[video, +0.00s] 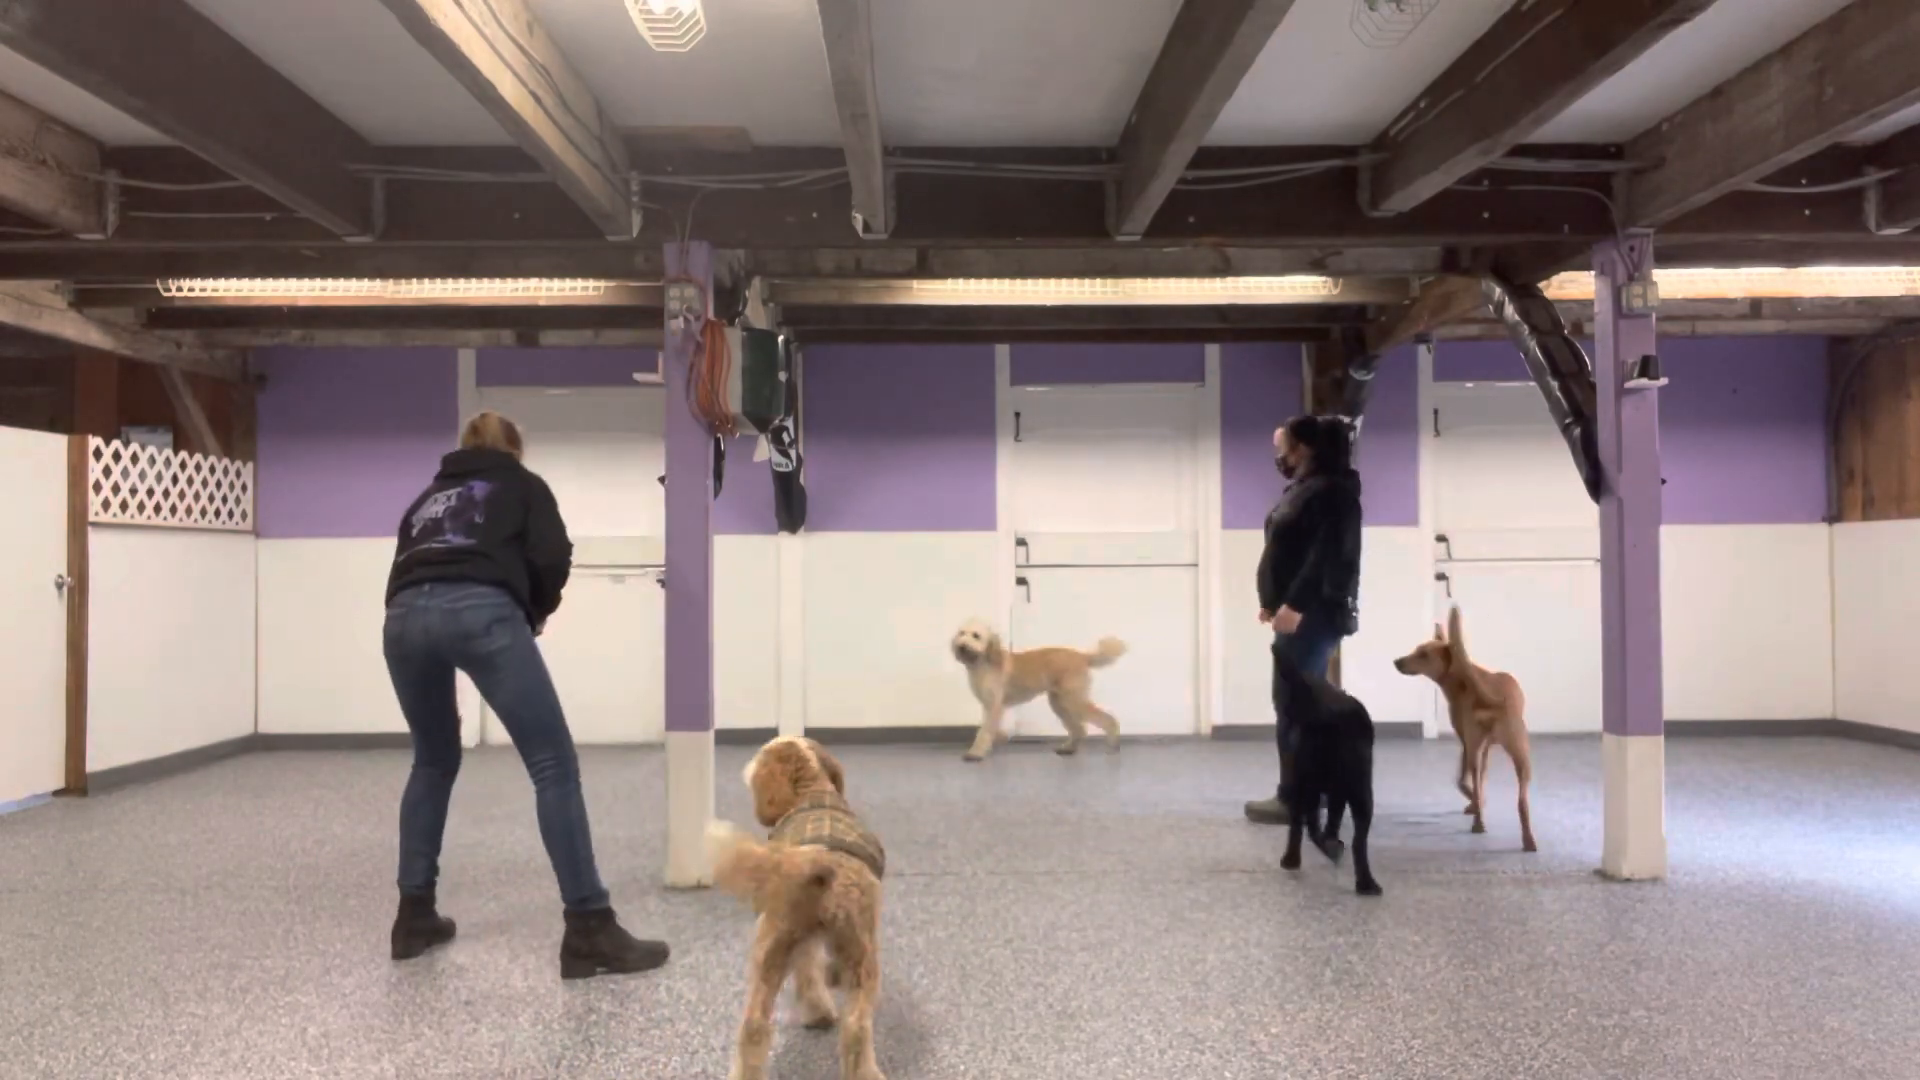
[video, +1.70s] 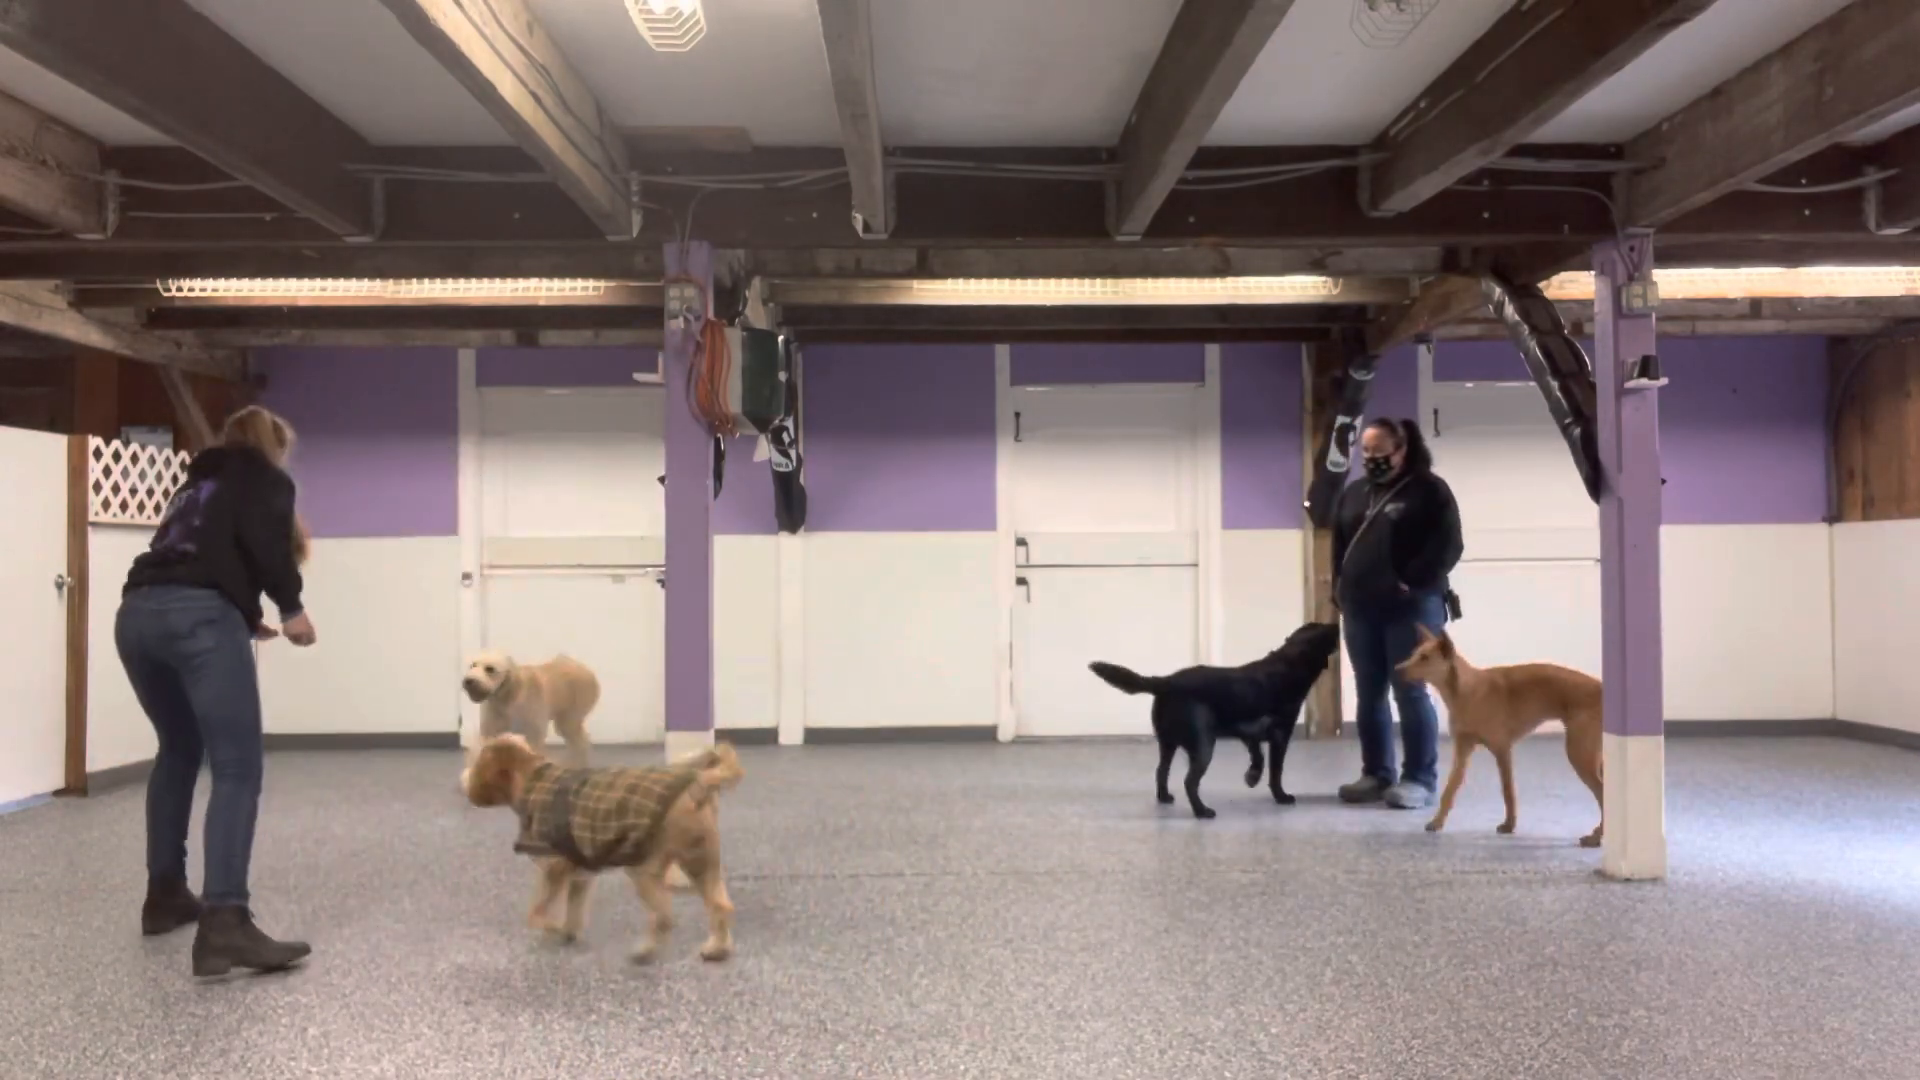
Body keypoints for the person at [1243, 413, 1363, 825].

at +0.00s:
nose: (1282, 457)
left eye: (1287, 448)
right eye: (1282, 449)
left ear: (1307, 448)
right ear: (1305, 450)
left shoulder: (1333, 489)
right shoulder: (1301, 488)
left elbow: (1327, 554)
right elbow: (1290, 549)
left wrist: (1296, 604)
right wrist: (1271, 598)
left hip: (1315, 616)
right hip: (1295, 614)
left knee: (1294, 704)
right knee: (1292, 703)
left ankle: (1294, 795)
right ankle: (1294, 792)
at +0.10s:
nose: (1292, 460)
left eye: (1298, 452)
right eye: (1293, 453)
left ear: (1317, 452)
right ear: (1313, 454)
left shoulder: (1347, 491)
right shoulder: (1305, 492)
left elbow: (1348, 556)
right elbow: (1287, 553)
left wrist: (1318, 602)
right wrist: (1268, 599)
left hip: (1323, 616)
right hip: (1299, 613)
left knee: (1296, 703)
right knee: (1317, 705)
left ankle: (1294, 798)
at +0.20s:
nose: (1304, 466)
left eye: (1310, 458)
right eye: (1303, 459)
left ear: (1330, 457)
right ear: (1319, 458)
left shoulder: (1367, 500)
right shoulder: (1307, 500)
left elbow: (1374, 559)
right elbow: (1286, 556)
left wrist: (1355, 605)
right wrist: (1263, 601)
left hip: (1338, 619)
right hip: (1303, 617)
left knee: (1310, 704)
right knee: (1335, 704)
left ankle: (1301, 797)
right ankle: (1363, 781)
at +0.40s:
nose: (1315, 466)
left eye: (1322, 458)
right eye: (1312, 459)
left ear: (1345, 453)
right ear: (1315, 458)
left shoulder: (1381, 493)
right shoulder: (1308, 497)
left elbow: (1408, 551)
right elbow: (1288, 551)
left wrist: (1409, 606)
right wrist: (1272, 603)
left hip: (1363, 610)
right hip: (1313, 613)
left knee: (1338, 690)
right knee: (1335, 694)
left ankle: (1334, 786)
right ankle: (1364, 784)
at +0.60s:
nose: (1322, 465)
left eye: (1329, 457)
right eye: (1316, 458)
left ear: (1354, 449)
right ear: (1313, 456)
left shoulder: (1392, 493)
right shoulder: (1312, 496)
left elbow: (1421, 546)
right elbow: (1293, 552)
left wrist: (1432, 597)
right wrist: (1278, 603)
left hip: (1376, 610)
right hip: (1322, 614)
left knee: (1365, 692)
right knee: (1339, 698)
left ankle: (1393, 780)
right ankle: (1355, 778)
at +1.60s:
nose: (1372, 461)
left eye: (1380, 453)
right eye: (1367, 454)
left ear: (1402, 450)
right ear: (1362, 453)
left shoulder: (1433, 491)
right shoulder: (1356, 492)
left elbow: (1453, 545)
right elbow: (1342, 544)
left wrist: (1417, 582)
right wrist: (1336, 591)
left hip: (1413, 603)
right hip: (1362, 604)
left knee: (1412, 691)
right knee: (1371, 693)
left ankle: (1419, 782)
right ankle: (1378, 774)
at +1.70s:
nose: (1372, 461)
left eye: (1379, 453)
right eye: (1367, 454)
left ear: (1402, 449)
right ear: (1360, 454)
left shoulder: (1430, 490)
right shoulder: (1355, 492)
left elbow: (1450, 545)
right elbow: (1342, 542)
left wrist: (1415, 584)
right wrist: (1340, 586)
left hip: (1411, 602)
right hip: (1361, 603)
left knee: (1411, 690)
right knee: (1370, 693)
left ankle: (1419, 782)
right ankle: (1378, 774)